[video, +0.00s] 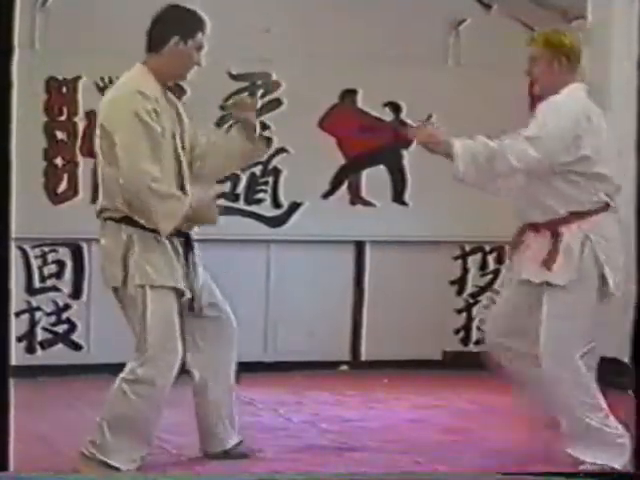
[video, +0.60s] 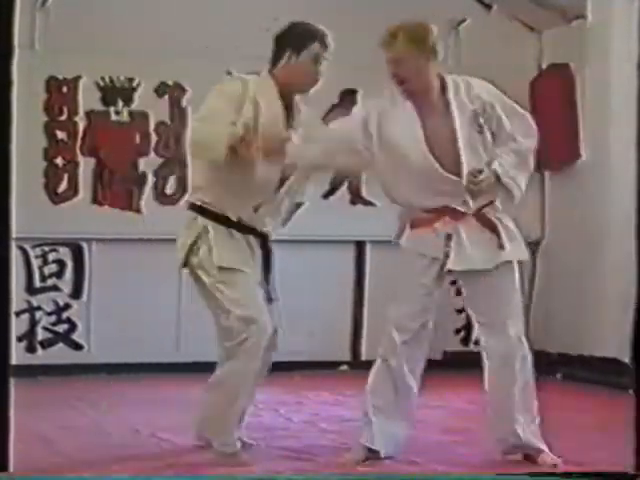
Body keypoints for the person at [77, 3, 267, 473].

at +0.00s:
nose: (198, 61)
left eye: (200, 51)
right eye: (196, 49)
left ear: (170, 47)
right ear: (173, 44)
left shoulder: (169, 103)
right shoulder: (130, 101)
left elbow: (203, 161)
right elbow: (144, 188)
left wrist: (249, 133)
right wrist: (194, 207)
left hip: (170, 240)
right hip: (134, 241)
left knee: (216, 326)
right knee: (159, 352)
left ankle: (220, 439)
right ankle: (107, 456)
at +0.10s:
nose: (206, 71)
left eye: (209, 61)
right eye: (205, 59)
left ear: (180, 55)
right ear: (183, 53)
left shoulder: (171, 108)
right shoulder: (142, 105)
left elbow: (197, 181)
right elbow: (165, 196)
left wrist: (226, 147)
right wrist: (210, 214)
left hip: (172, 247)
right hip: (141, 247)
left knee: (218, 330)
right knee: (165, 358)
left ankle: (227, 433)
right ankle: (107, 456)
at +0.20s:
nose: (224, 81)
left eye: (225, 72)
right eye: (221, 70)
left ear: (195, 64)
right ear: (201, 63)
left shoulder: (173, 105)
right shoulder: (175, 107)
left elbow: (202, 176)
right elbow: (218, 178)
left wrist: (249, 181)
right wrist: (251, 198)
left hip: (176, 249)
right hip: (159, 251)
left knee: (219, 332)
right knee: (175, 363)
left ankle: (231, 428)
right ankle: (108, 455)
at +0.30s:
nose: (240, 84)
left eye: (240, 75)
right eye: (236, 74)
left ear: (203, 70)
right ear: (216, 70)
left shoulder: (174, 103)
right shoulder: (202, 101)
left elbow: (198, 175)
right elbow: (249, 156)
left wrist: (243, 176)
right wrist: (278, 157)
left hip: (183, 248)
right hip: (178, 250)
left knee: (220, 339)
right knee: (182, 361)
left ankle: (217, 429)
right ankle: (112, 454)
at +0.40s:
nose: (275, 90)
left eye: (277, 83)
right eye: (272, 81)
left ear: (240, 78)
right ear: (253, 77)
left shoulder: (223, 117)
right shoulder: (229, 96)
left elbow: (217, 206)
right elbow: (280, 116)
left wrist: (263, 221)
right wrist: (298, 86)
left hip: (212, 243)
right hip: (192, 240)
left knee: (227, 343)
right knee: (196, 352)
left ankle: (211, 430)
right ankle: (119, 448)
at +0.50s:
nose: (294, 99)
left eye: (299, 91)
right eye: (293, 86)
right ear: (271, 71)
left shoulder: (260, 141)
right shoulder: (229, 93)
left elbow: (261, 226)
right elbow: (242, 103)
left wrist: (313, 219)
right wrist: (272, 83)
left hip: (227, 243)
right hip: (198, 232)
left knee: (233, 340)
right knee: (215, 344)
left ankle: (214, 428)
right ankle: (150, 445)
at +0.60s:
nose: (319, 74)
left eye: (323, 65)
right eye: (315, 62)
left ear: (298, 63)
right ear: (289, 57)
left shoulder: (299, 117)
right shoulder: (237, 90)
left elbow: (305, 169)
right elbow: (199, 140)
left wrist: (342, 160)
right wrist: (239, 146)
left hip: (252, 235)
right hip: (213, 230)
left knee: (264, 335)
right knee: (252, 328)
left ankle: (226, 427)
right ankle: (215, 428)